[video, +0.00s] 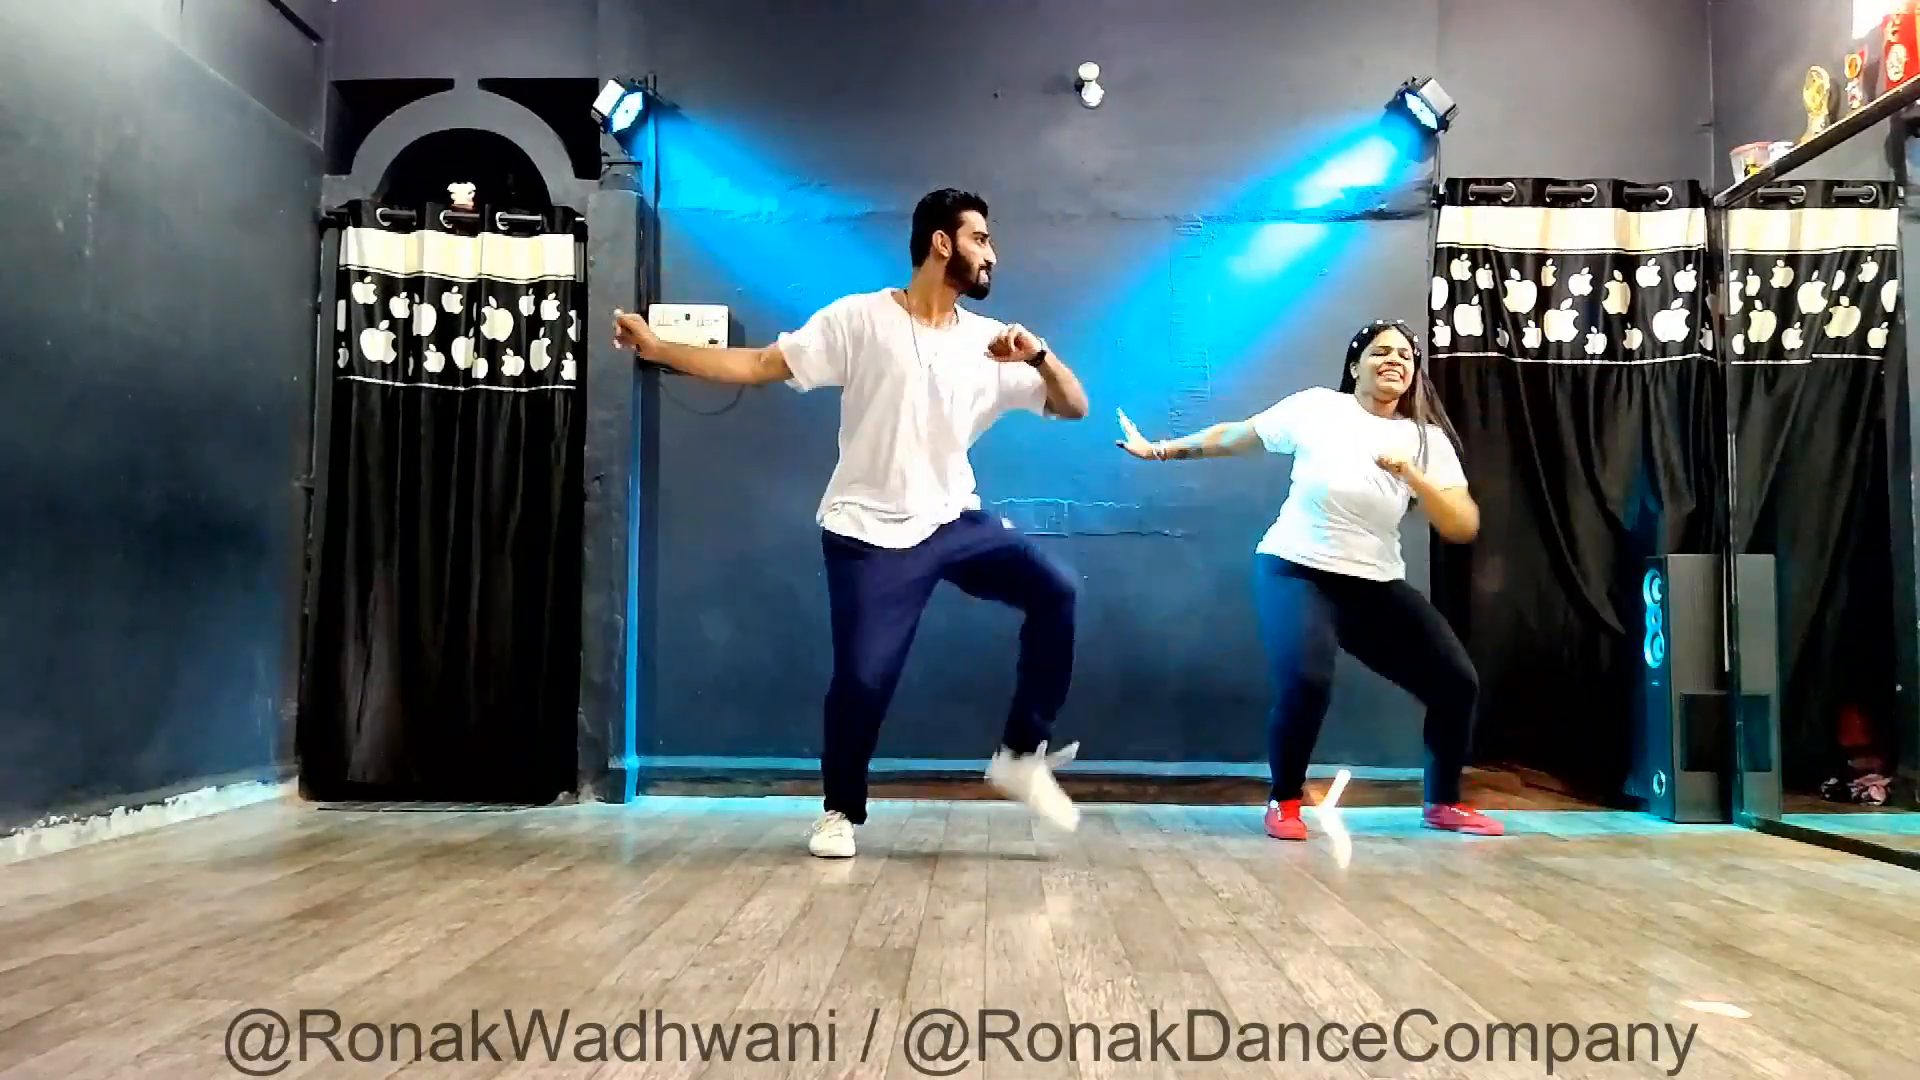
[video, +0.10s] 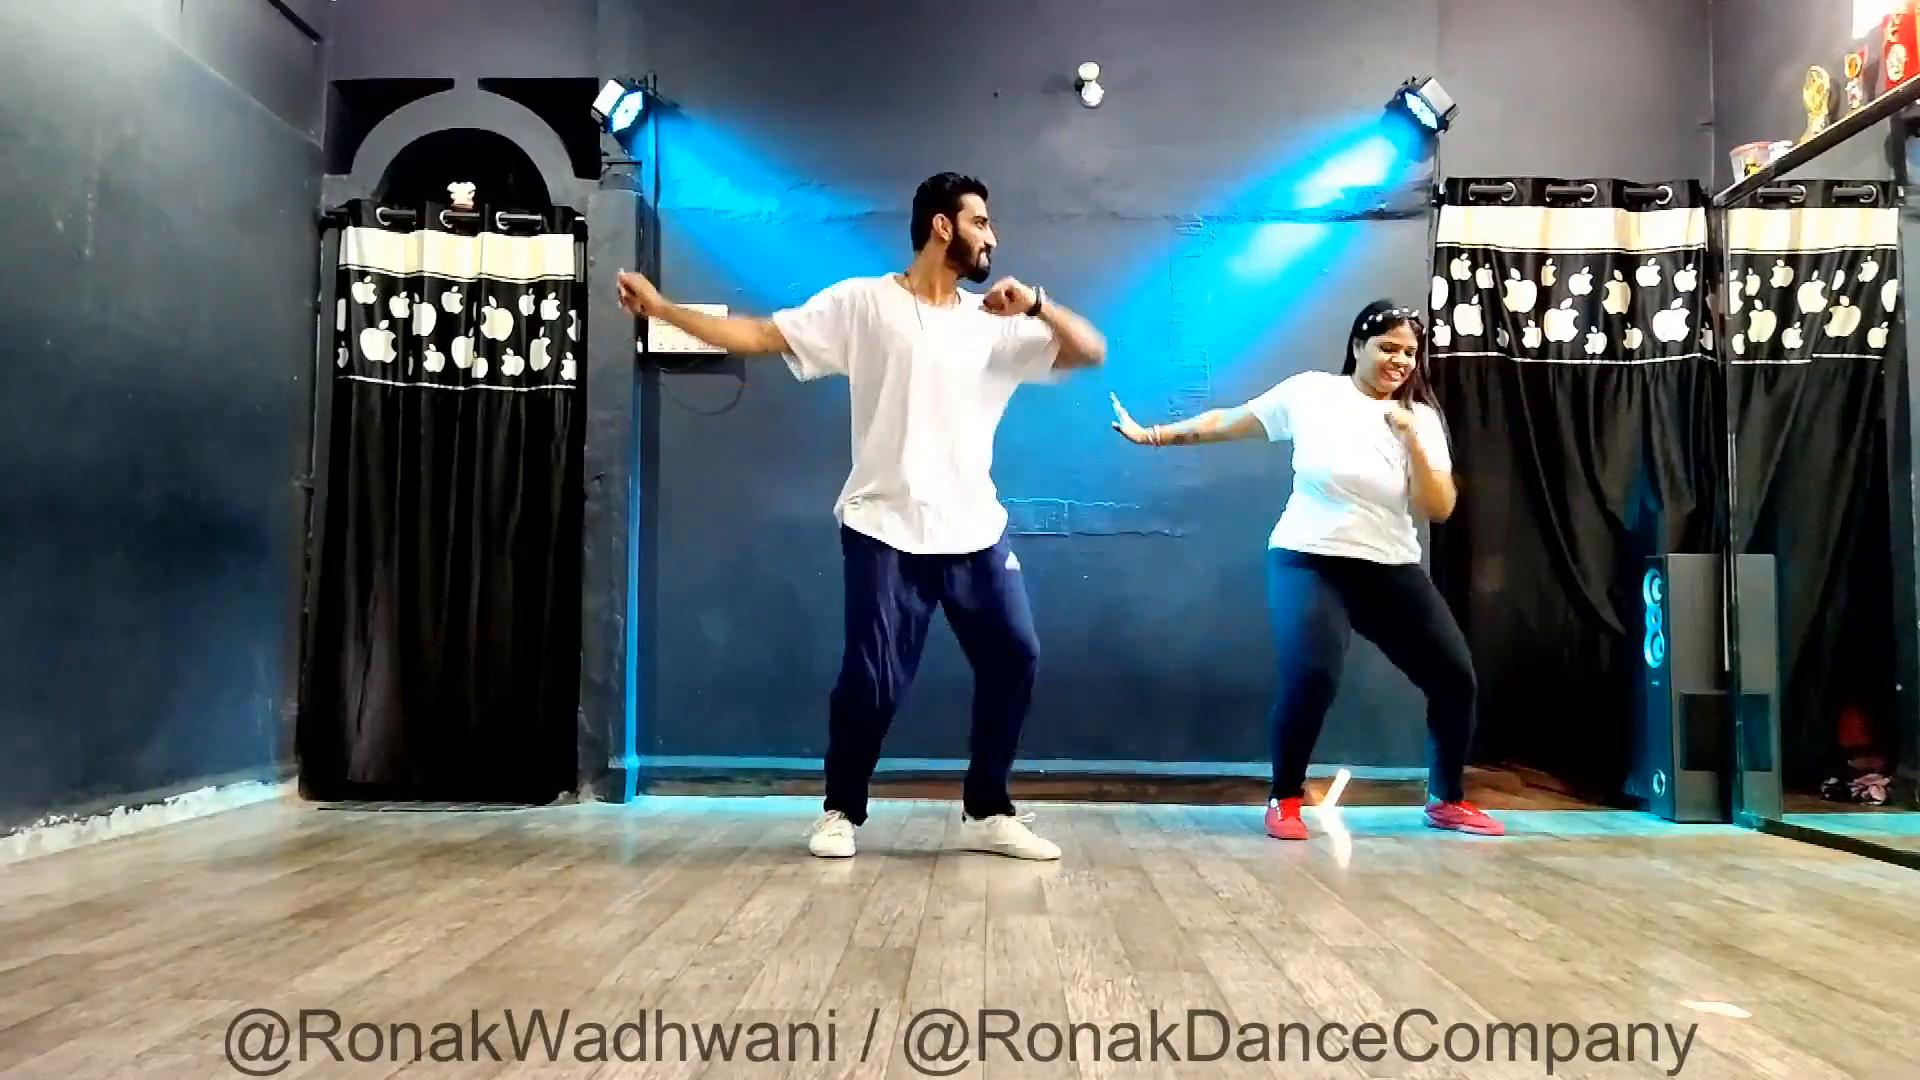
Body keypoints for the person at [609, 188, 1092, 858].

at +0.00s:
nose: (991, 251)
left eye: (990, 240)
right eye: (979, 237)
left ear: (955, 249)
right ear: (940, 244)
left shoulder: (989, 340)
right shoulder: (861, 317)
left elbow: (1072, 405)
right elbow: (758, 365)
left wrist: (1042, 357)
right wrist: (659, 350)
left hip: (955, 519)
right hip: (869, 524)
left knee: (1054, 591)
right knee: (864, 679)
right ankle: (841, 813)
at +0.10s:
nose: (991, 234)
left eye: (990, 223)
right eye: (981, 221)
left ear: (956, 230)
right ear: (939, 226)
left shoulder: (994, 323)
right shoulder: (864, 301)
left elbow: (1091, 351)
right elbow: (757, 333)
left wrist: (1039, 304)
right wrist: (661, 308)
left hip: (971, 519)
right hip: (885, 516)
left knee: (1014, 655)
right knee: (875, 671)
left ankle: (988, 809)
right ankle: (841, 813)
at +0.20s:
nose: (1005, 184)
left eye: (1004, 172)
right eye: (994, 170)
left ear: (979, 182)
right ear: (953, 176)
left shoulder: (1018, 237)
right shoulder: (878, 226)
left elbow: (1107, 224)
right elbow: (778, 235)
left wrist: (1063, 253)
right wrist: (677, 250)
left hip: (996, 465)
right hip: (902, 473)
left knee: (1072, 567)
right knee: (875, 633)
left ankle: (1042, 732)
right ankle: (848, 791)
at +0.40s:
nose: (1038, 188)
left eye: (1037, 176)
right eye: (1028, 174)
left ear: (1008, 186)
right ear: (988, 181)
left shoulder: (1036, 268)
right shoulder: (913, 249)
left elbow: (1114, 350)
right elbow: (808, 278)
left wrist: (1079, 287)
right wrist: (712, 290)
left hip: (1016, 448)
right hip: (935, 464)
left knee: (1125, 476)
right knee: (926, 631)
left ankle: (1055, 613)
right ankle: (909, 793)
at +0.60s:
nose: (1074, 246)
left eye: (1073, 235)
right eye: (1063, 234)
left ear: (1039, 245)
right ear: (1026, 242)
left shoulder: (1081, 313)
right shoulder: (950, 296)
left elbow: (1170, 351)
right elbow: (858, 315)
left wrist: (1116, 365)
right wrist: (787, 324)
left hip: (1052, 509)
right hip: (969, 522)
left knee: (1158, 576)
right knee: (971, 686)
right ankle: (922, 810)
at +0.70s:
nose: (1094, 262)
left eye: (1095, 252)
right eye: (1083, 249)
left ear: (1071, 261)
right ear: (1042, 256)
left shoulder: (1107, 345)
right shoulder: (968, 332)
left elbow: (1148, 444)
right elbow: (895, 408)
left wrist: (1131, 399)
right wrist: (861, 385)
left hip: (1084, 536)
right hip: (992, 534)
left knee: (1153, 660)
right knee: (984, 697)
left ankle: (1173, 819)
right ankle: (923, 807)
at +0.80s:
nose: (1116, 259)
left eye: (1118, 248)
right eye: (1108, 244)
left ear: (1092, 251)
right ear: (1068, 243)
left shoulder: (1112, 336)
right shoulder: (994, 316)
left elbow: (1152, 430)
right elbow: (927, 395)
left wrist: (1179, 360)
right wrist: (940, 321)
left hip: (1100, 536)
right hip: (1010, 531)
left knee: (1157, 668)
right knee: (991, 686)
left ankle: (1168, 820)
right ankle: (931, 811)